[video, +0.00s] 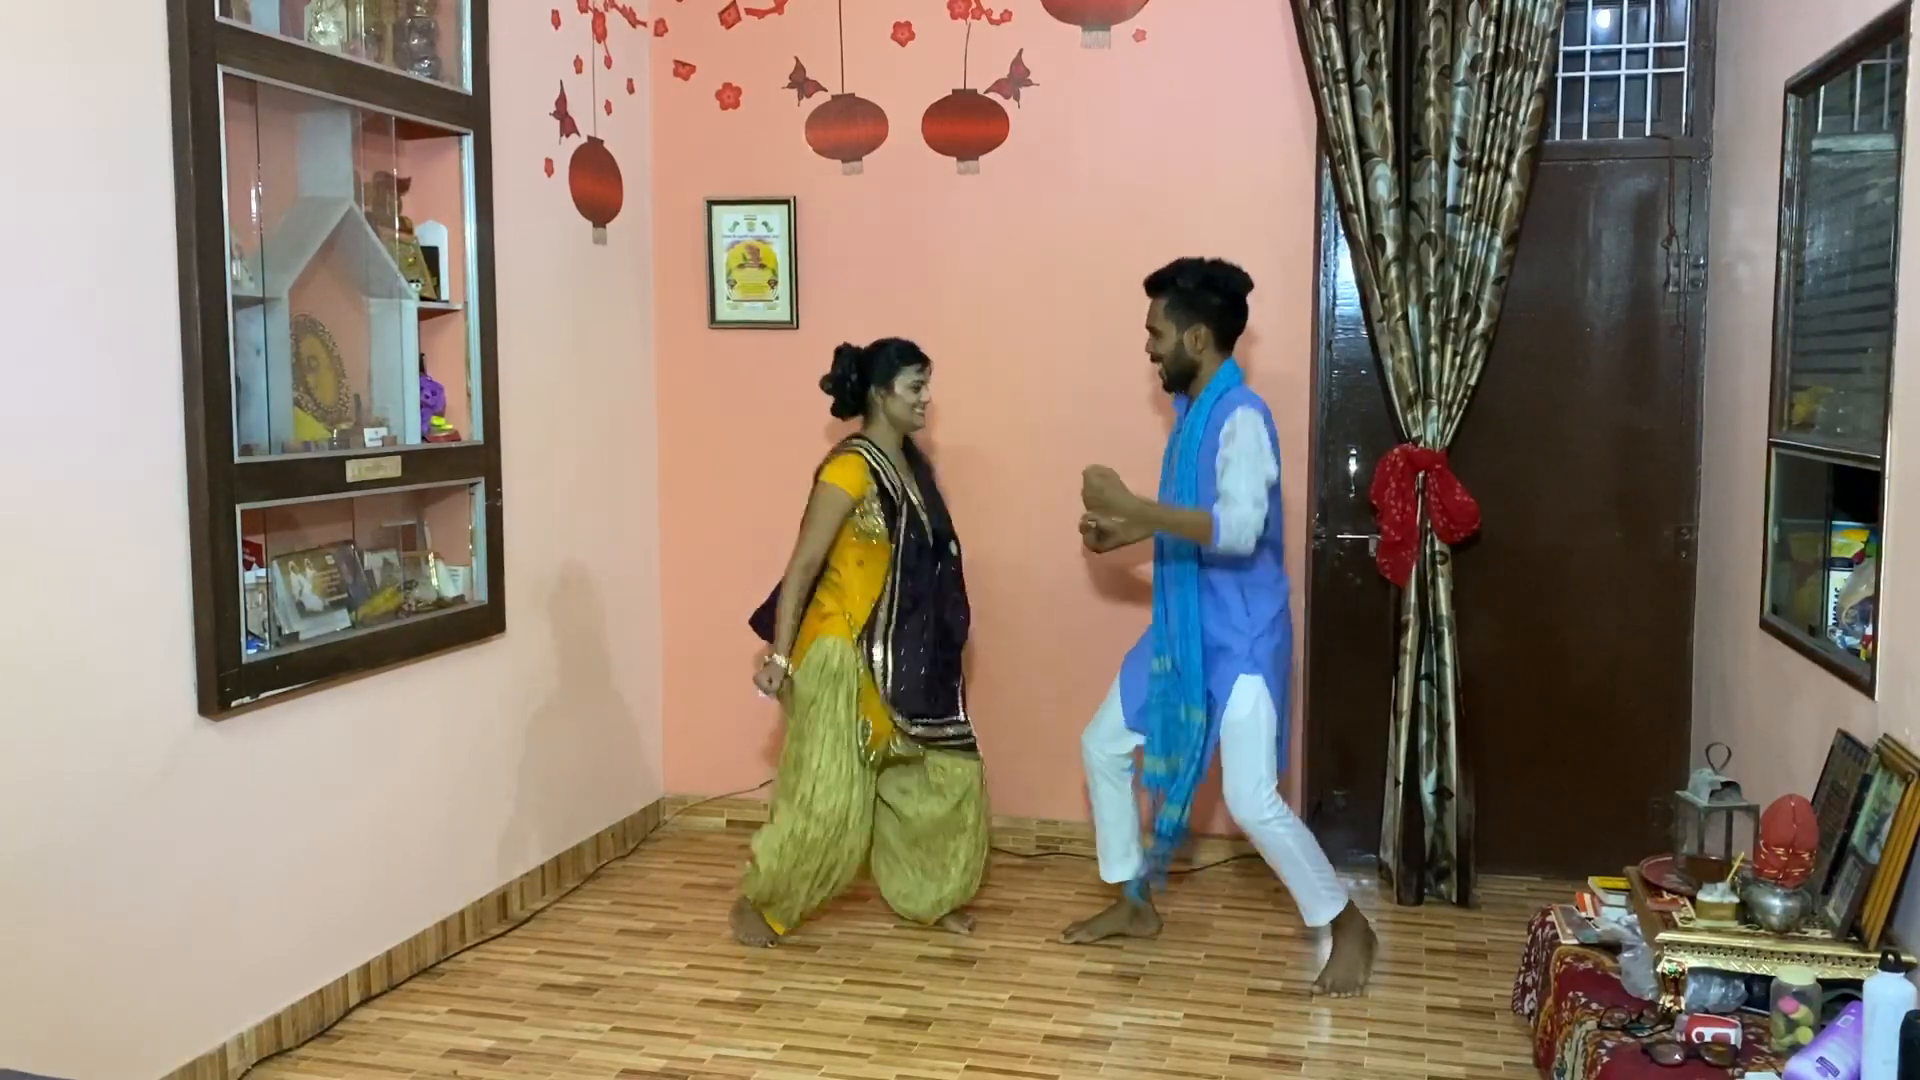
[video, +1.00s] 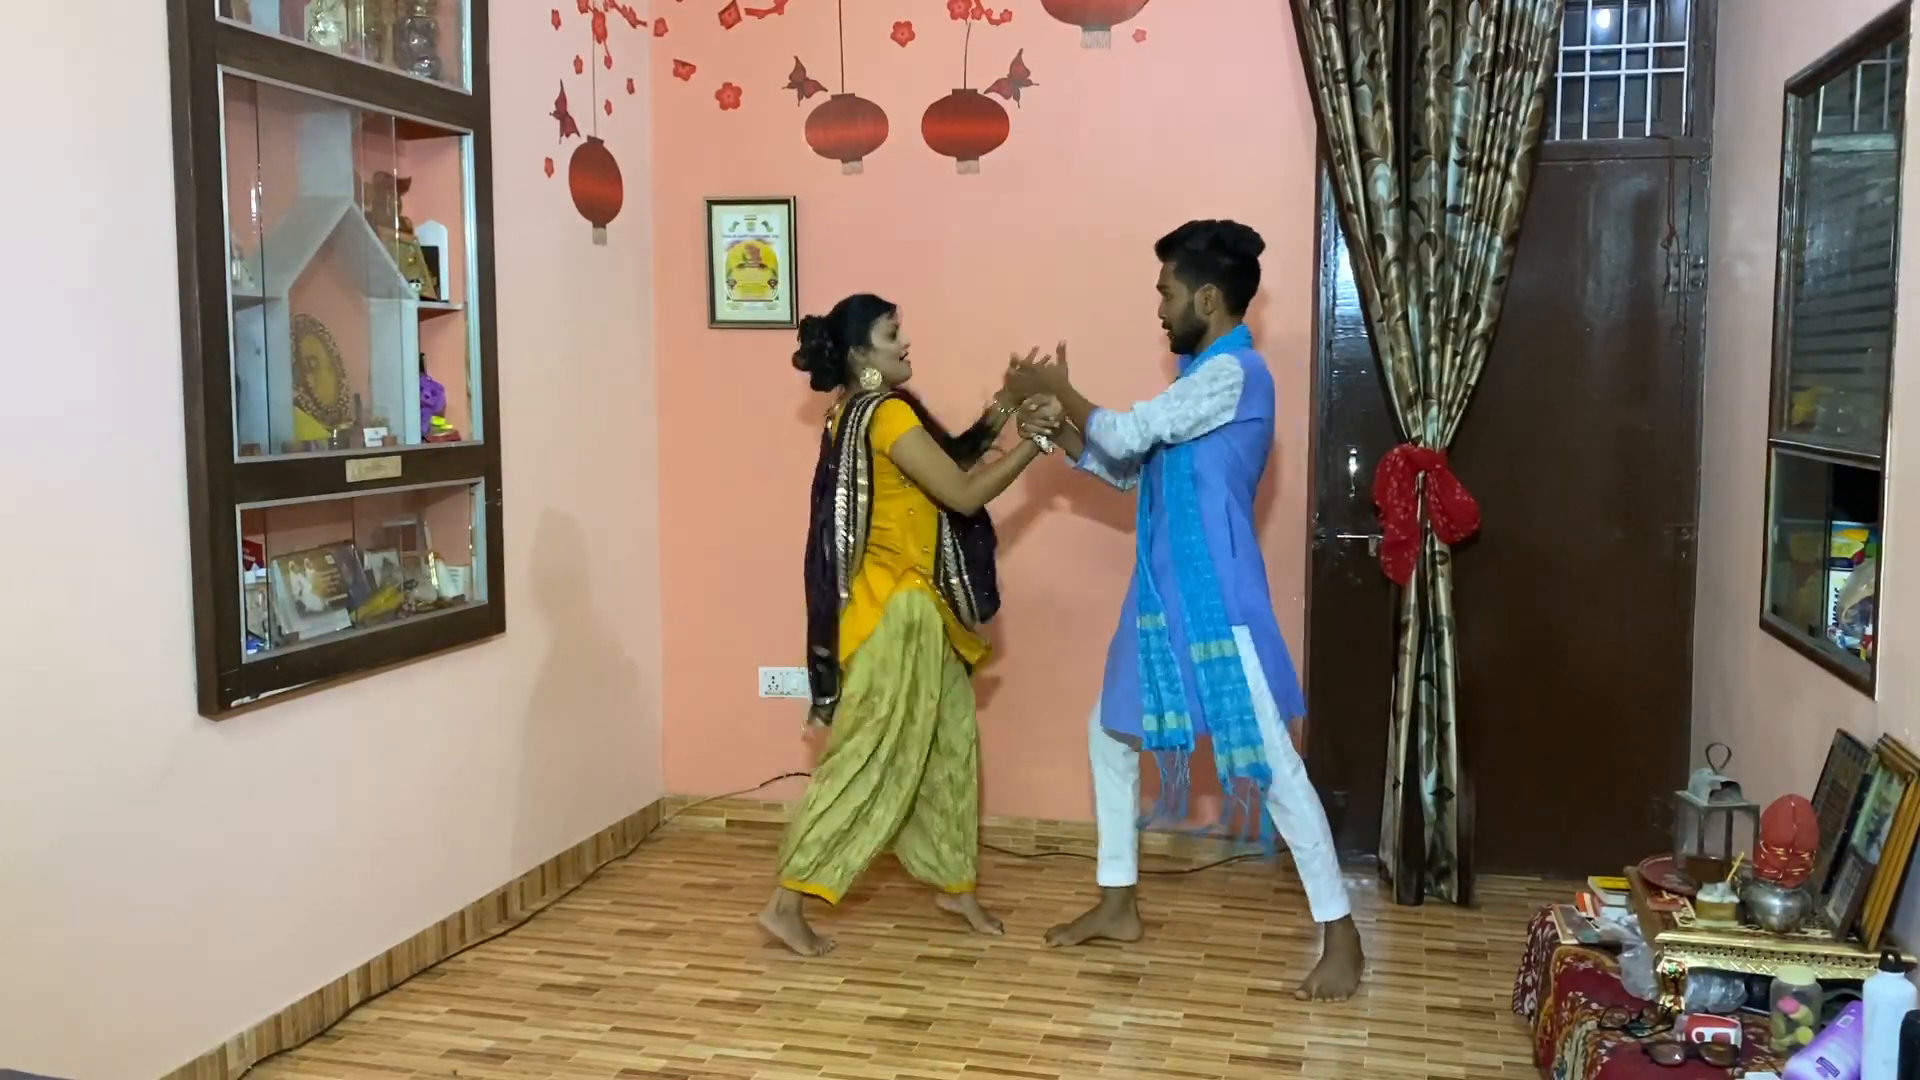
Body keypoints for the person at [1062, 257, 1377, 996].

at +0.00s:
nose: (1149, 346)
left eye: (1158, 331)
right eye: (1150, 331)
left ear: (1202, 334)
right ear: (1191, 333)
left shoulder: (1242, 418)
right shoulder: (1196, 414)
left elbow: (1240, 531)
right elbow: (1203, 524)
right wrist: (1129, 531)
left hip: (1241, 635)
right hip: (1182, 629)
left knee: (1251, 799)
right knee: (1104, 745)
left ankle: (1341, 922)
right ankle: (1132, 900)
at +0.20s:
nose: (1157, 286)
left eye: (1167, 270)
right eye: (1158, 270)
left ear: (1207, 271)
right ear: (1212, 272)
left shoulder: (1229, 337)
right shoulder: (1220, 333)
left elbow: (1218, 461)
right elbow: (1221, 462)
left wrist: (1180, 568)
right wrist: (1184, 566)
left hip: (1242, 572)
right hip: (1198, 572)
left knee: (1279, 750)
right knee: (1134, 711)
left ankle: (1328, 919)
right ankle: (1114, 874)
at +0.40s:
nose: (1168, 308)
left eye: (1179, 294)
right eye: (1170, 293)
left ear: (1226, 299)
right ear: (1217, 299)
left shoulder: (1254, 388)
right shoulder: (1213, 382)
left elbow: (1290, 517)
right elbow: (1176, 468)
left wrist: (1296, 642)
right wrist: (1074, 451)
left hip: (1247, 619)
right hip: (1190, 613)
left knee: (1281, 773)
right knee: (1129, 733)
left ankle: (1340, 937)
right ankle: (1130, 904)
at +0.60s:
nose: (1173, 301)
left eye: (1186, 287)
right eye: (1174, 286)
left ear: (1234, 297)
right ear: (1220, 297)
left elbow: (1327, 515)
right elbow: (1077, 433)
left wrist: (1314, 631)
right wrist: (1020, 376)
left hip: (1258, 615)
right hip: (1165, 605)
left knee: (1291, 766)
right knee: (1121, 740)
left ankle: (1334, 932)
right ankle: (1116, 901)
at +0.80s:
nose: (1174, 304)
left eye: (1185, 291)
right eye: (1176, 290)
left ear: (1232, 298)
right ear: (1214, 296)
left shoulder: (1283, 397)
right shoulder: (1178, 380)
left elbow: (1243, 493)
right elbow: (1098, 454)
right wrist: (1042, 410)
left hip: (1237, 609)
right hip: (1156, 603)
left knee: (1278, 757)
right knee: (1106, 738)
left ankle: (1333, 932)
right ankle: (1115, 903)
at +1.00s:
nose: (1156, 302)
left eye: (1166, 288)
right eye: (1158, 288)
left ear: (1210, 295)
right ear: (1210, 297)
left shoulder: (1235, 371)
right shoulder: (1198, 381)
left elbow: (1128, 435)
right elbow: (1131, 472)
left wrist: (1061, 392)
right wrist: (1055, 431)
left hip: (1219, 598)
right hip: (1159, 597)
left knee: (1271, 757)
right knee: (1110, 734)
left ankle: (1337, 931)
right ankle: (1116, 905)